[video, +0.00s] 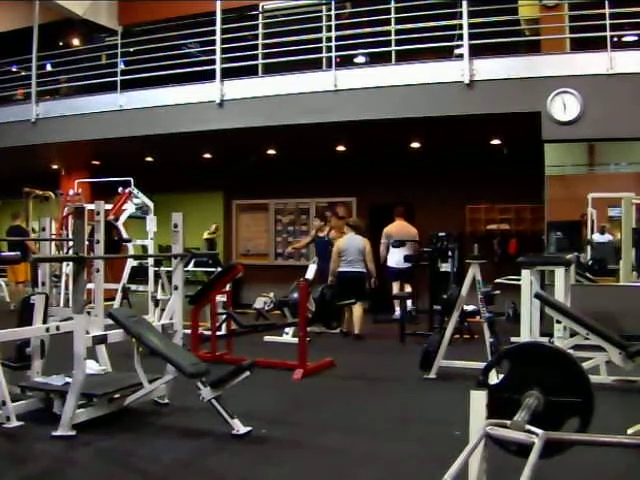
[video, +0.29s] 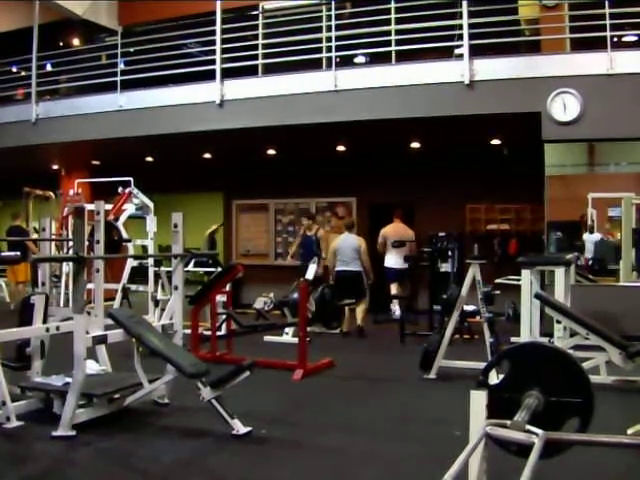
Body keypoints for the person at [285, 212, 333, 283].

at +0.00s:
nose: (313, 223)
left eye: (316, 221)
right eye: (314, 221)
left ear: (322, 222)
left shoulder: (332, 233)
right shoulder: (316, 233)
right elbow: (305, 242)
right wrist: (293, 247)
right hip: (320, 264)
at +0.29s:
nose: (303, 223)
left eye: (305, 220)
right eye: (302, 220)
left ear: (311, 221)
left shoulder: (319, 232)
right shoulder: (303, 230)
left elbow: (323, 251)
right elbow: (297, 243)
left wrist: (321, 266)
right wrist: (290, 255)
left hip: (315, 261)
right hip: (304, 261)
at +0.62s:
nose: (289, 225)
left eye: (291, 222)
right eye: (288, 222)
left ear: (296, 221)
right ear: (287, 222)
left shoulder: (304, 233)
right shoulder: (290, 233)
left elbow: (307, 251)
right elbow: (288, 250)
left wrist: (296, 265)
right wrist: (281, 262)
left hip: (300, 263)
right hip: (290, 262)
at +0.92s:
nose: (279, 222)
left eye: (281, 219)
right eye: (277, 219)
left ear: (287, 219)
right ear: (275, 220)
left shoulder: (294, 232)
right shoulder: (276, 233)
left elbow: (301, 250)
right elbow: (268, 248)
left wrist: (299, 265)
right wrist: (260, 262)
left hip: (290, 267)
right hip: (277, 266)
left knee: (288, 291)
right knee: (277, 291)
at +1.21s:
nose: (273, 223)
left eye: (276, 220)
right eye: (271, 220)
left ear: (281, 221)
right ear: (269, 221)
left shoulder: (288, 234)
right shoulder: (266, 234)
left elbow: (295, 252)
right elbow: (256, 247)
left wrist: (299, 269)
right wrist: (247, 257)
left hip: (284, 267)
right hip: (270, 267)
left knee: (281, 294)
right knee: (272, 294)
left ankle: (282, 315)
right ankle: (277, 315)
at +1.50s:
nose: (262, 219)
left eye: (264, 216)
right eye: (260, 216)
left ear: (271, 217)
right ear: (258, 218)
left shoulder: (278, 230)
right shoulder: (259, 230)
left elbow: (284, 249)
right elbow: (253, 247)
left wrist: (279, 265)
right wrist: (249, 261)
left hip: (273, 265)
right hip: (261, 265)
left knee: (275, 292)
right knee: (257, 291)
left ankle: (278, 314)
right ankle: (259, 313)